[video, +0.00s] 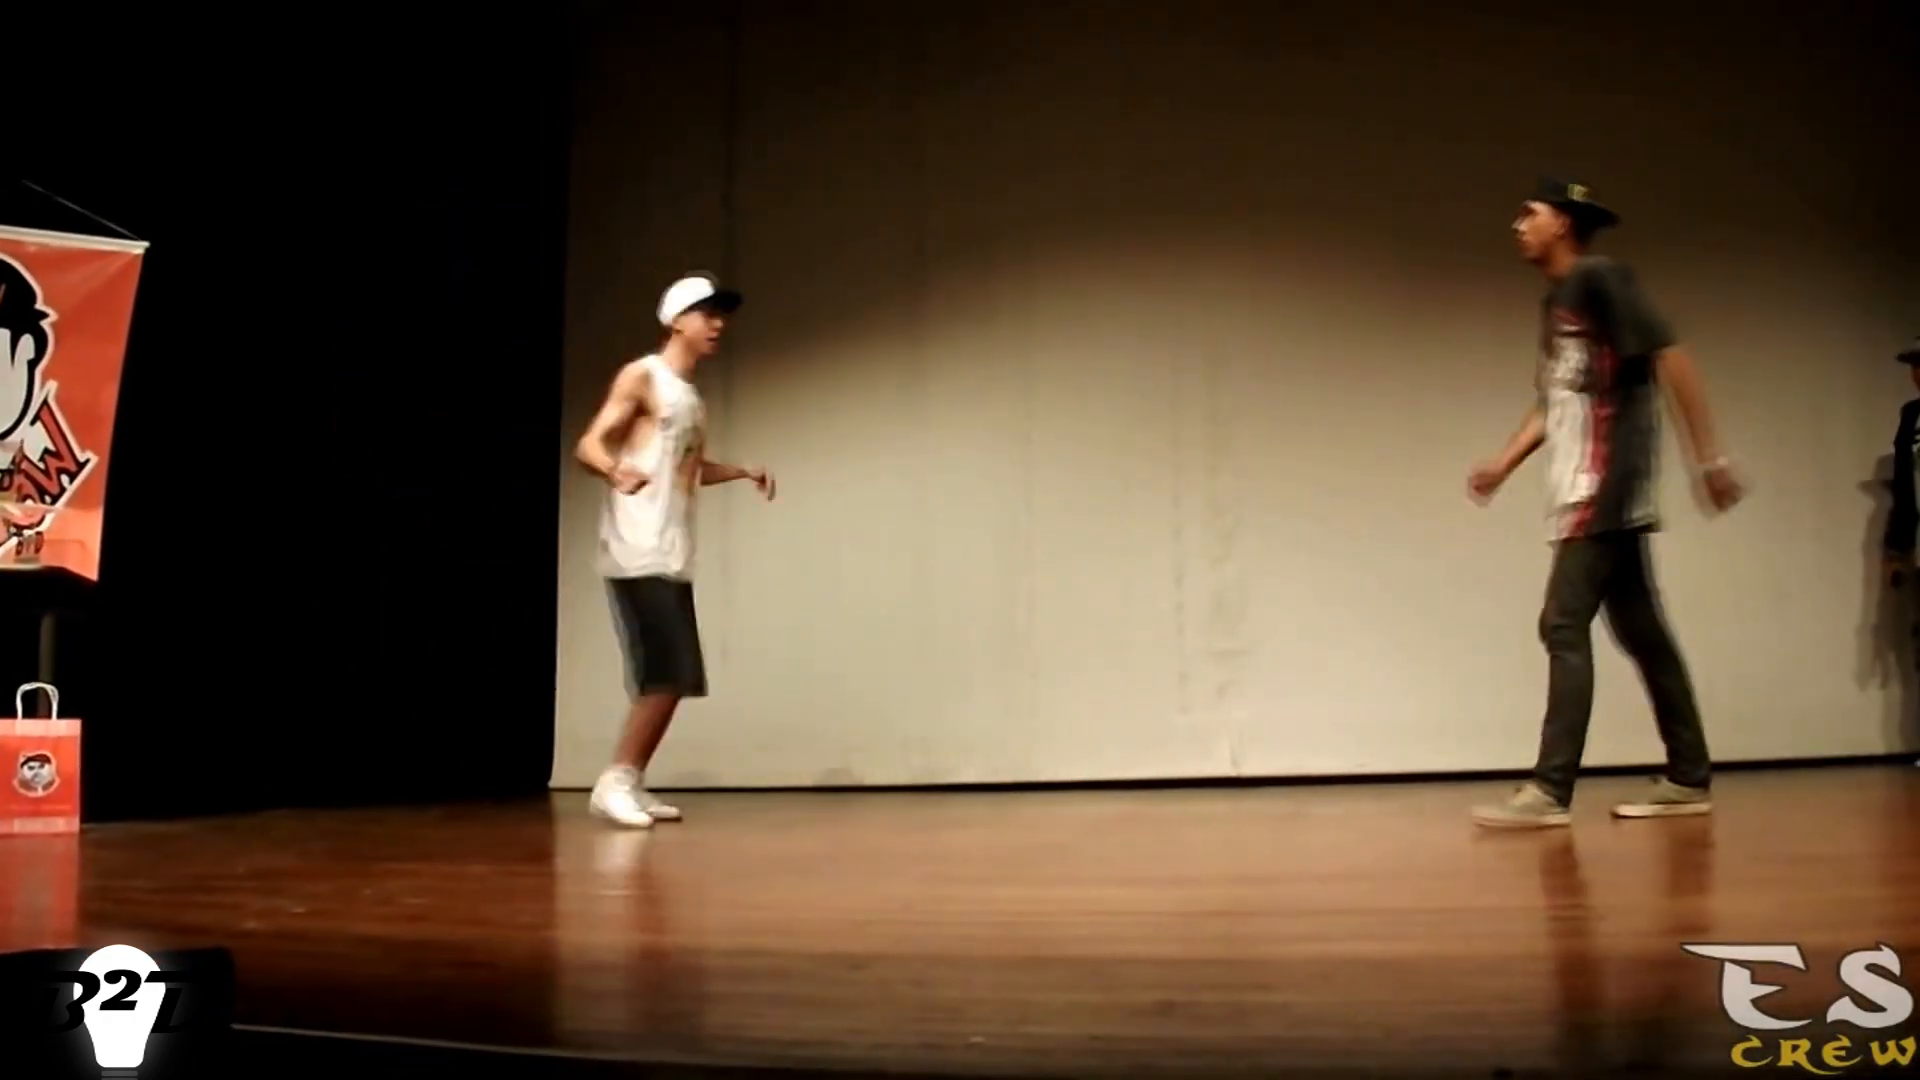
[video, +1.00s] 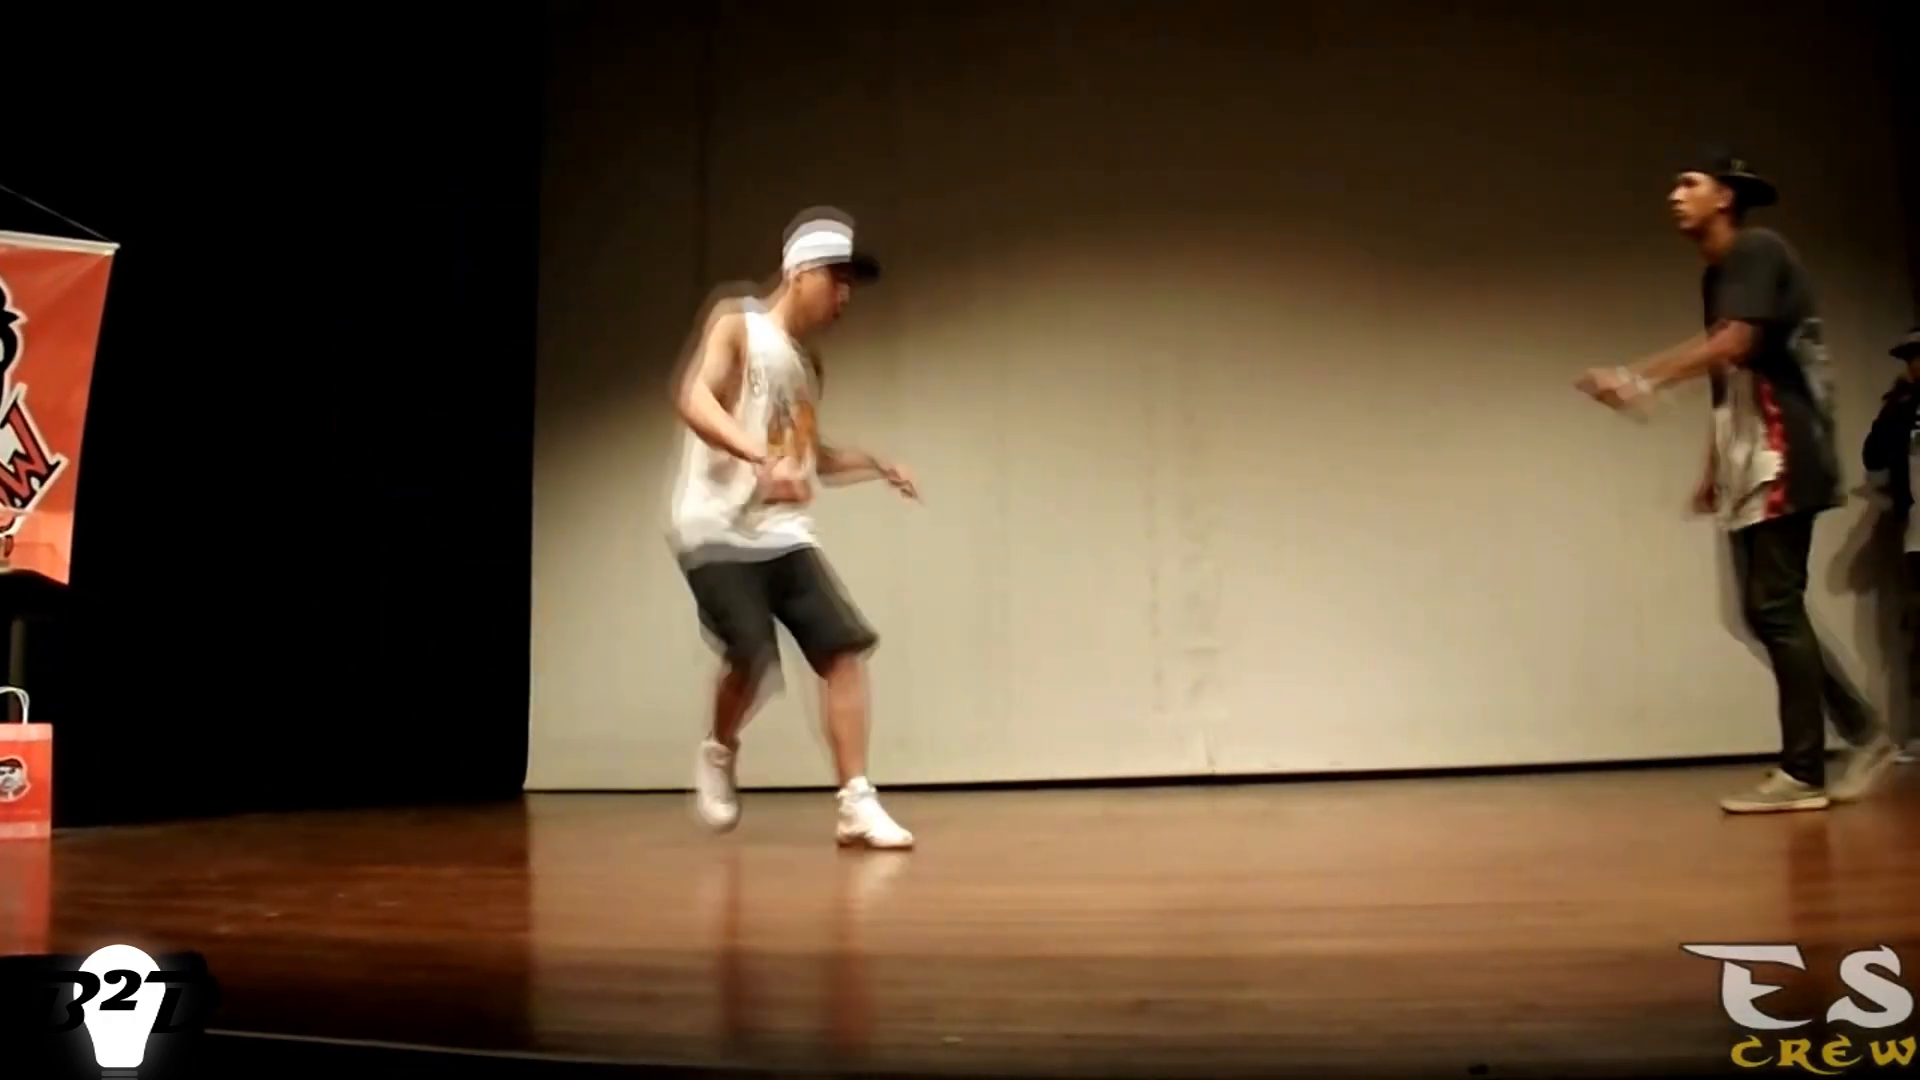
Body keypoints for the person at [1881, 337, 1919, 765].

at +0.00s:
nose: (1912, 376)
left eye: (1914, 369)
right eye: (1911, 368)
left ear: (1918, 372)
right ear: (1913, 372)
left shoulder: (1912, 417)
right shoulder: (1910, 417)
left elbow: (1905, 491)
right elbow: (1904, 491)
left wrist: (1896, 550)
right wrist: (1895, 550)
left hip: (1918, 559)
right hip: (1917, 559)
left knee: (1917, 652)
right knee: (1916, 652)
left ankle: (1917, 740)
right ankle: (1917, 740)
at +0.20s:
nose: (1915, 371)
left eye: (1916, 363)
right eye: (1914, 363)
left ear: (1917, 367)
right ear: (1913, 367)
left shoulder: (1913, 410)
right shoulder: (1912, 410)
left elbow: (1904, 484)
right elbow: (1903, 483)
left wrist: (1892, 538)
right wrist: (1892, 538)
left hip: (1915, 551)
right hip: (1913, 551)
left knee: (1915, 648)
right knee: (1914, 647)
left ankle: (1916, 739)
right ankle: (1915, 739)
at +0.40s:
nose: (1914, 370)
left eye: (1915, 362)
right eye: (1913, 362)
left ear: (1916, 365)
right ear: (1912, 364)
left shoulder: (1911, 406)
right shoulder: (1910, 405)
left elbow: (1904, 478)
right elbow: (1904, 477)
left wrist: (1893, 523)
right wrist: (1893, 522)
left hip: (1916, 549)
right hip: (1914, 548)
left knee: (1916, 644)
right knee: (1915, 643)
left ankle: (1917, 736)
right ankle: (1916, 736)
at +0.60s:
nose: (1913, 374)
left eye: (1913, 366)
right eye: (1912, 366)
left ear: (1913, 369)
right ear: (1910, 369)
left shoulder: (1905, 415)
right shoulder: (1904, 416)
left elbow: (1890, 478)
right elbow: (1890, 478)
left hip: (1905, 552)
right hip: (1903, 551)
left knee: (1907, 651)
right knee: (1907, 650)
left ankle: (1911, 738)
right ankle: (1910, 738)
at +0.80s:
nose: (1911, 370)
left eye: (1914, 362)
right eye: (1909, 362)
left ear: (1919, 365)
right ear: (1908, 366)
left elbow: (1879, 456)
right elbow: (1876, 458)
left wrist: (1898, 405)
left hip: (1915, 538)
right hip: (1909, 537)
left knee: (1911, 638)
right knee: (1911, 636)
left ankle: (1919, 736)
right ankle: (1917, 736)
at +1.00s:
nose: (1914, 367)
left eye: (1916, 359)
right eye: (1911, 359)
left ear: (1919, 362)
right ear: (1908, 363)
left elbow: (1878, 454)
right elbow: (1875, 455)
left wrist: (1899, 402)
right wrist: (1902, 401)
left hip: (1914, 536)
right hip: (1909, 535)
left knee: (1911, 638)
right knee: (1910, 637)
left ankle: (1912, 732)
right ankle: (1911, 732)